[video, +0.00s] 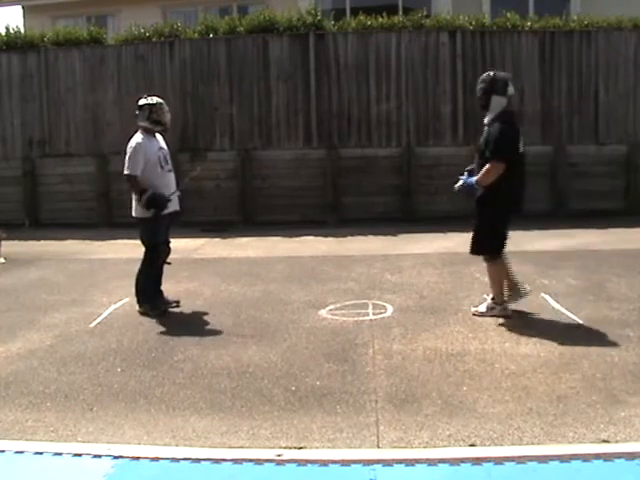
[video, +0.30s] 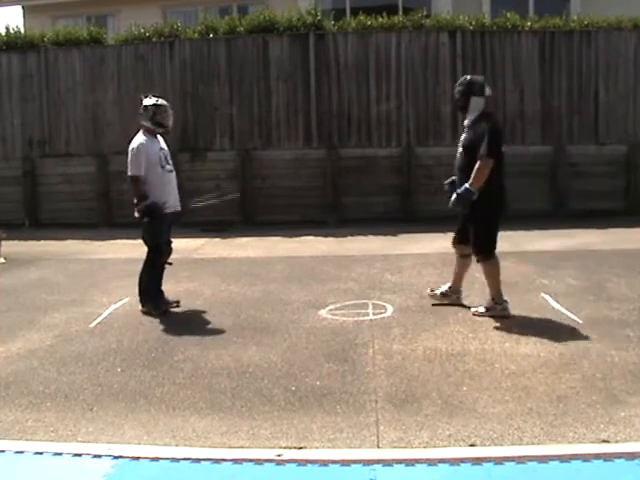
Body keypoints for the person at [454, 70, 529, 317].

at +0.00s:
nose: (479, 97)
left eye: (482, 92)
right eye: (480, 92)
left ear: (492, 95)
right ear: (500, 96)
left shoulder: (502, 125)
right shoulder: (496, 122)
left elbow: (498, 164)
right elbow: (490, 157)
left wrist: (476, 183)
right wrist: (474, 171)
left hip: (499, 196)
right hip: (497, 195)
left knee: (489, 247)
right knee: (492, 244)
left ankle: (497, 300)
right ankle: (511, 286)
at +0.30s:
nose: (456, 99)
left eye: (461, 94)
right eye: (457, 94)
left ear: (473, 97)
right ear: (473, 98)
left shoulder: (487, 125)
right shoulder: (471, 123)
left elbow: (486, 162)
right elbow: (470, 158)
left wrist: (469, 189)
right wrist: (458, 178)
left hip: (487, 196)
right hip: (474, 194)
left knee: (483, 249)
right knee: (462, 243)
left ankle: (497, 300)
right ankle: (454, 289)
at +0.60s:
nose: (435, 105)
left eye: (438, 100)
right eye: (434, 100)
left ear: (451, 99)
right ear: (446, 99)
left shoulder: (470, 121)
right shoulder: (449, 125)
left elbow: (483, 151)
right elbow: (451, 164)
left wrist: (469, 179)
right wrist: (434, 178)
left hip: (473, 193)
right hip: (455, 192)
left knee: (466, 244)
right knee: (451, 242)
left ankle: (490, 293)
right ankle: (451, 290)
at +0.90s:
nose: (436, 104)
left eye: (440, 99)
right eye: (436, 99)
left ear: (452, 98)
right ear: (445, 99)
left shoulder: (468, 122)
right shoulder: (447, 125)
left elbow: (479, 152)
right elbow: (445, 160)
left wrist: (454, 172)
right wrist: (427, 172)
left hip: (470, 195)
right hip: (452, 195)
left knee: (472, 246)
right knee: (452, 244)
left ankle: (485, 294)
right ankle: (451, 290)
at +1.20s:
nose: (448, 103)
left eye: (452, 97)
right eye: (447, 98)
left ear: (466, 99)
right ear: (457, 99)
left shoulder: (480, 125)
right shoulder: (457, 124)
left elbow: (484, 162)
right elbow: (450, 155)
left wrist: (454, 162)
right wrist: (433, 169)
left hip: (479, 200)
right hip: (459, 198)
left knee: (479, 246)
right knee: (448, 240)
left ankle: (486, 295)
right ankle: (450, 289)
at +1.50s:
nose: (447, 101)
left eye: (452, 96)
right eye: (447, 96)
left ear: (467, 98)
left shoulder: (481, 124)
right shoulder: (456, 123)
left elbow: (484, 161)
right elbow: (448, 151)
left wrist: (451, 165)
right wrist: (433, 157)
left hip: (478, 200)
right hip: (457, 197)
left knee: (479, 247)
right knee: (444, 241)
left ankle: (486, 295)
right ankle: (436, 287)